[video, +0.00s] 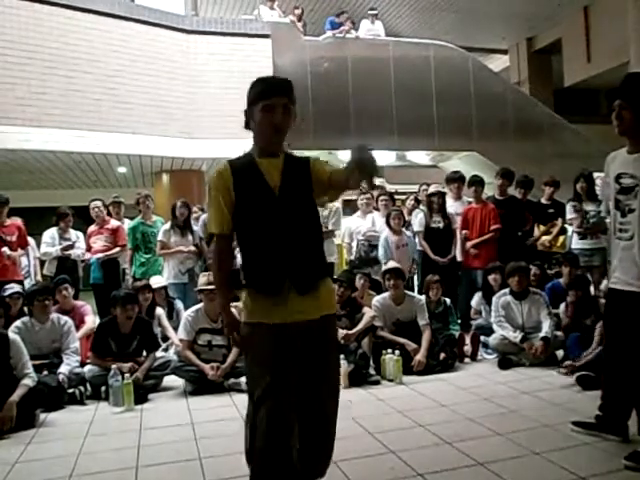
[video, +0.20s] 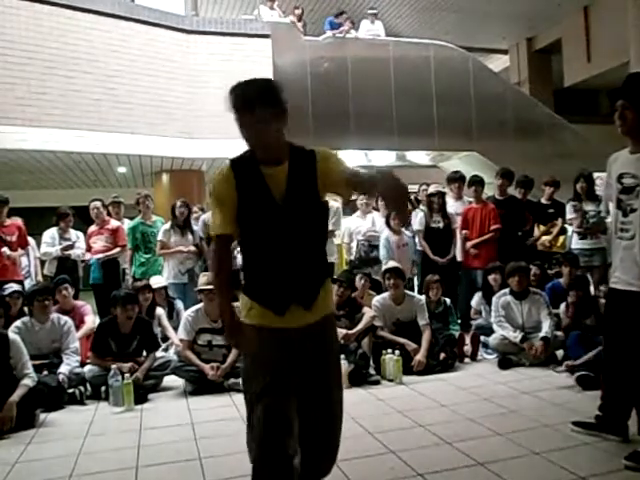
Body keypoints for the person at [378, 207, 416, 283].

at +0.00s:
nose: (397, 222)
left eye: (399, 218)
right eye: (393, 219)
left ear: (403, 220)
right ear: (388, 221)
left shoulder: (408, 235)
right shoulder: (385, 237)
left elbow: (414, 251)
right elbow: (382, 255)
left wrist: (413, 265)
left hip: (408, 272)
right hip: (392, 272)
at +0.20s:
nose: (397, 222)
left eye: (398, 219)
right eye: (394, 219)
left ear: (401, 220)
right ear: (388, 222)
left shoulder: (408, 235)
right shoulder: (385, 237)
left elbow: (413, 252)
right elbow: (384, 255)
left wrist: (414, 265)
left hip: (409, 272)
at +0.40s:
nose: (397, 222)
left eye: (399, 219)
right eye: (393, 219)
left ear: (402, 221)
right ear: (388, 221)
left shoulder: (408, 235)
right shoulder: (385, 237)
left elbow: (412, 252)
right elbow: (384, 256)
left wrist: (413, 265)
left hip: (407, 272)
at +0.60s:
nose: (397, 222)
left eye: (399, 219)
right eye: (393, 219)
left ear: (403, 221)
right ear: (388, 222)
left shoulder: (408, 235)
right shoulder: (386, 236)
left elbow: (413, 250)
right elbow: (381, 255)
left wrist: (413, 263)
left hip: (408, 271)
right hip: (393, 271)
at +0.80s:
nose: (397, 222)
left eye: (399, 219)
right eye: (394, 219)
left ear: (403, 221)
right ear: (388, 222)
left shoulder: (408, 235)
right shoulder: (386, 236)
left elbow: (413, 250)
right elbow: (377, 253)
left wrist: (414, 262)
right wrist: (388, 262)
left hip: (408, 272)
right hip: (393, 272)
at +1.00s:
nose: (398, 222)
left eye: (400, 219)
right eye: (394, 220)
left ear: (403, 221)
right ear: (389, 221)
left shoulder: (409, 235)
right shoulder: (386, 235)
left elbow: (414, 249)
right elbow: (376, 251)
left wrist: (413, 261)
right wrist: (385, 264)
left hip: (408, 271)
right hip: (392, 271)